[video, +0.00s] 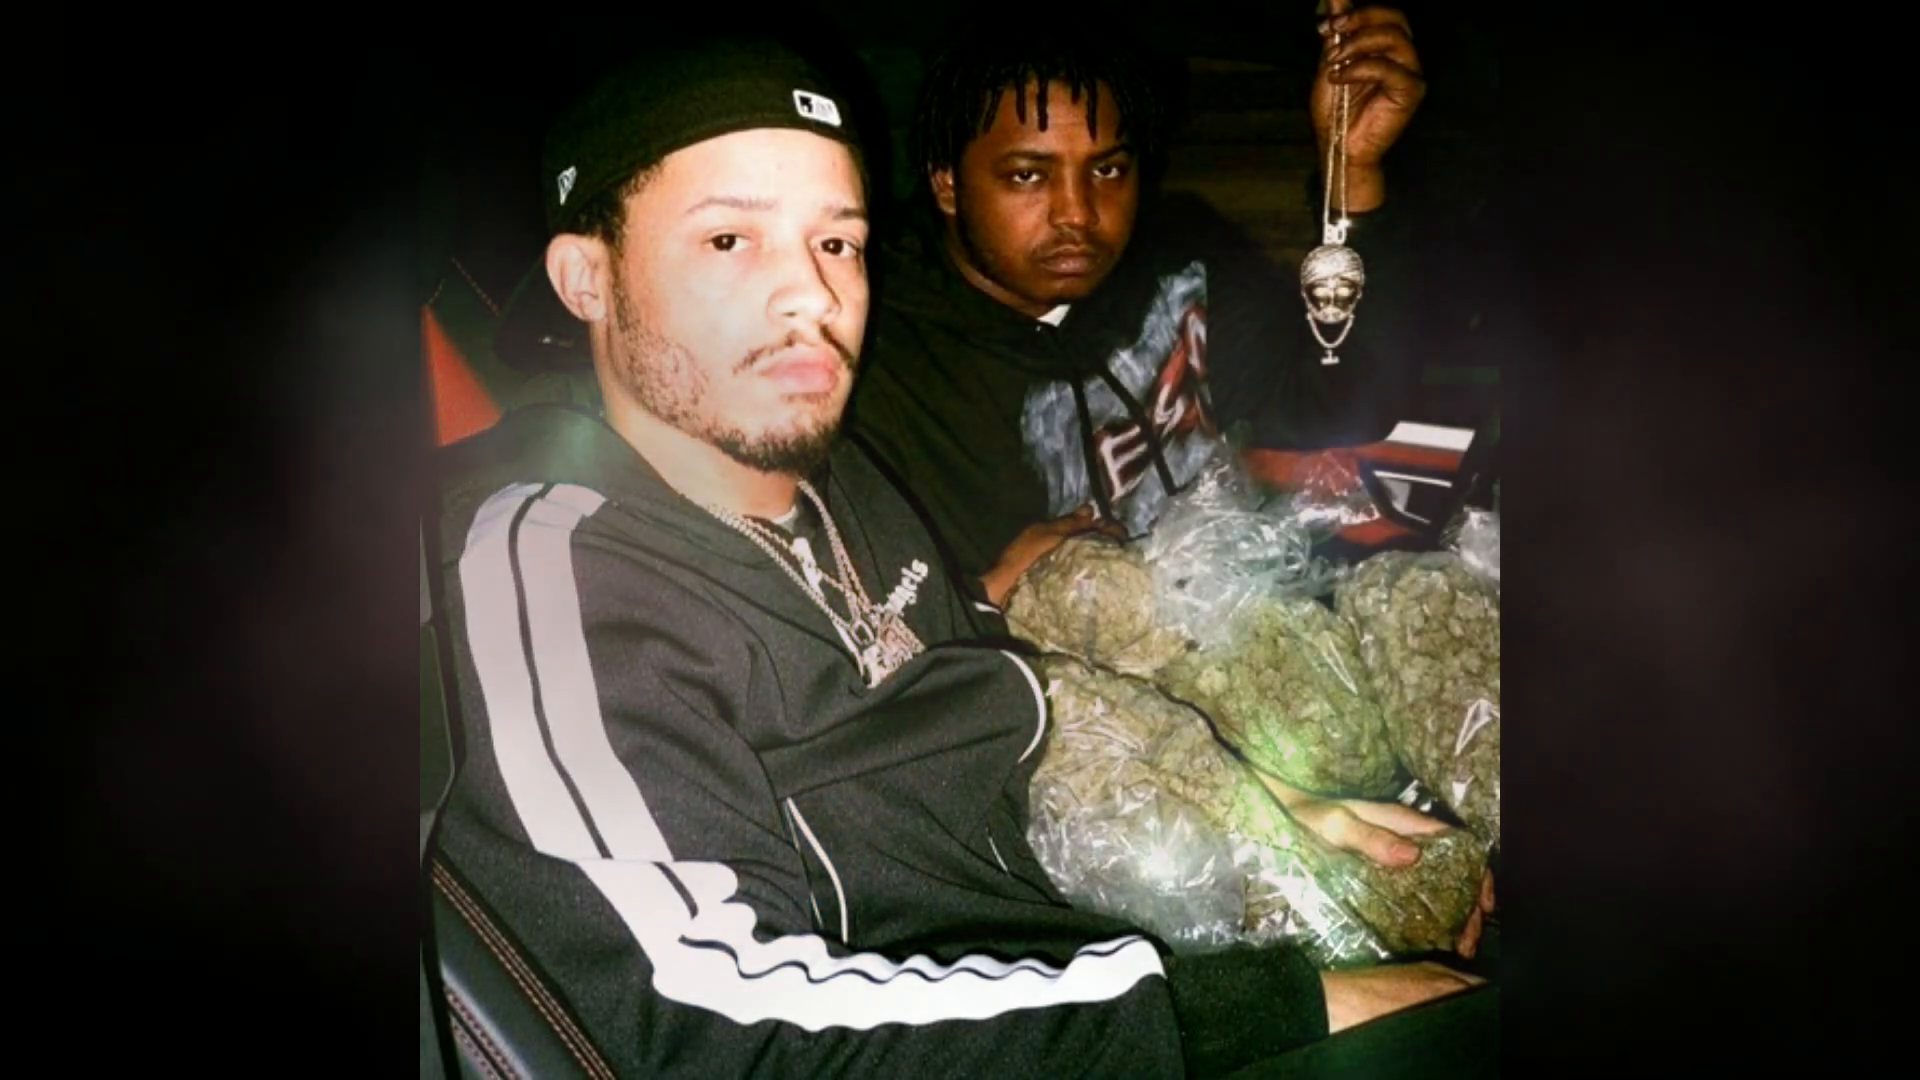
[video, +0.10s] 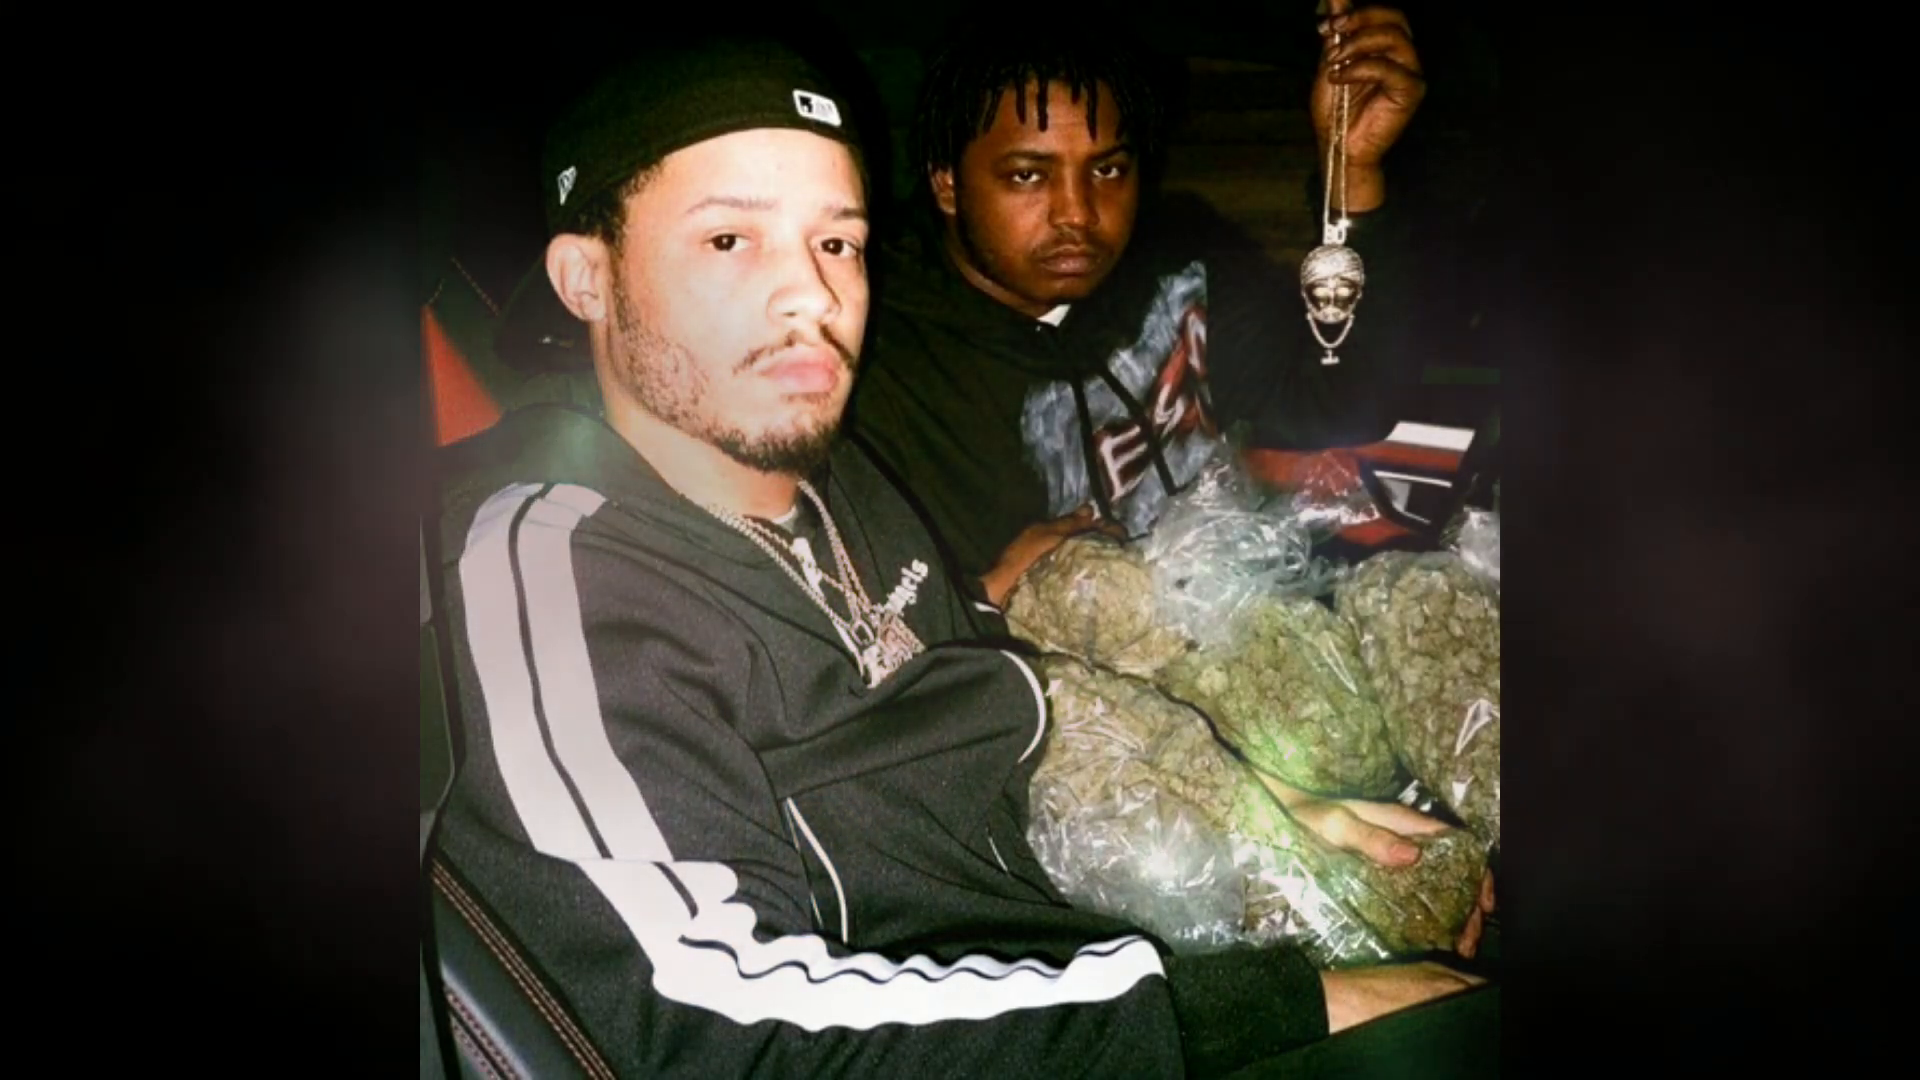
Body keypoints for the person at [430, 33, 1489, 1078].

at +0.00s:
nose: (812, 303)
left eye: (835, 249)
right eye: (730, 244)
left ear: (866, 267)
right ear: (589, 282)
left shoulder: (832, 485)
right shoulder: (537, 556)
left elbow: (1016, 769)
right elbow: (705, 1020)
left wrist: (1276, 836)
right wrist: (1277, 1009)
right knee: (1475, 1016)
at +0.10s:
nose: (811, 305)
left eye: (835, 249)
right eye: (729, 245)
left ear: (867, 267)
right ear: (588, 283)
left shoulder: (832, 486)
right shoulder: (536, 556)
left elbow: (1017, 774)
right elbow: (711, 1017)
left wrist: (1274, 839)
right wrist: (1279, 1006)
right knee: (1452, 1020)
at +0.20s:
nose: (810, 304)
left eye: (835, 249)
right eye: (728, 244)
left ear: (866, 268)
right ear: (587, 283)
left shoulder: (831, 486)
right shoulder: (536, 555)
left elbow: (1017, 761)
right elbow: (697, 1019)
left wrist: (1277, 831)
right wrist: (1274, 1007)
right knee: (1468, 1018)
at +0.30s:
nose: (810, 304)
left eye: (835, 249)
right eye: (729, 244)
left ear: (866, 266)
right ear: (587, 282)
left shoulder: (831, 484)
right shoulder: (536, 552)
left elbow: (1009, 768)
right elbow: (696, 1022)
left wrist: (1274, 833)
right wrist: (1271, 1005)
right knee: (1466, 1024)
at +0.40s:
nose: (810, 303)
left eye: (835, 248)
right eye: (729, 244)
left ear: (866, 267)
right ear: (587, 282)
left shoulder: (832, 485)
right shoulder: (536, 552)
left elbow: (1010, 769)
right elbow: (698, 1019)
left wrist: (1274, 833)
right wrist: (1268, 1005)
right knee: (1473, 1021)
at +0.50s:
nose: (810, 304)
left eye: (835, 249)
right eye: (729, 244)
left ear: (866, 267)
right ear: (587, 282)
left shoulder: (831, 484)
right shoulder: (536, 552)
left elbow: (1008, 763)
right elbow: (702, 1017)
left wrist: (1273, 834)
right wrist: (1270, 1004)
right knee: (1477, 1019)